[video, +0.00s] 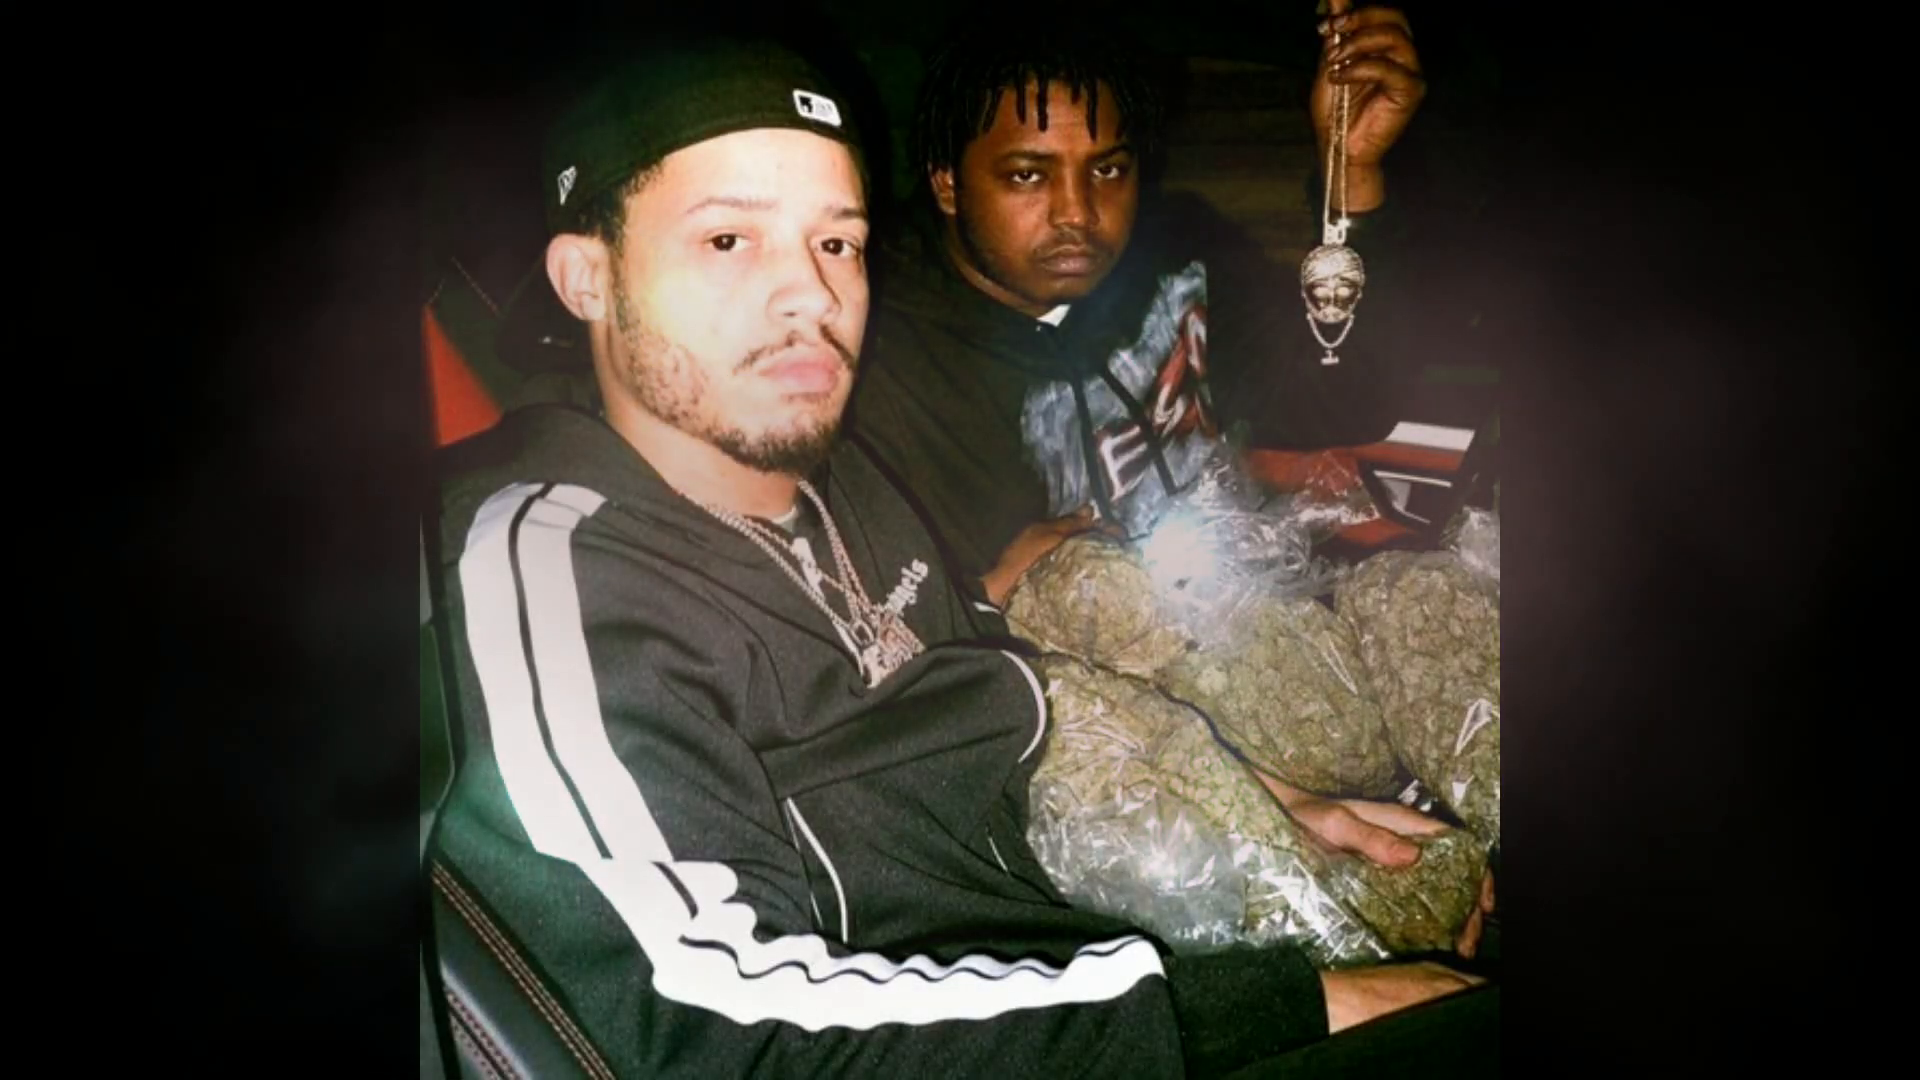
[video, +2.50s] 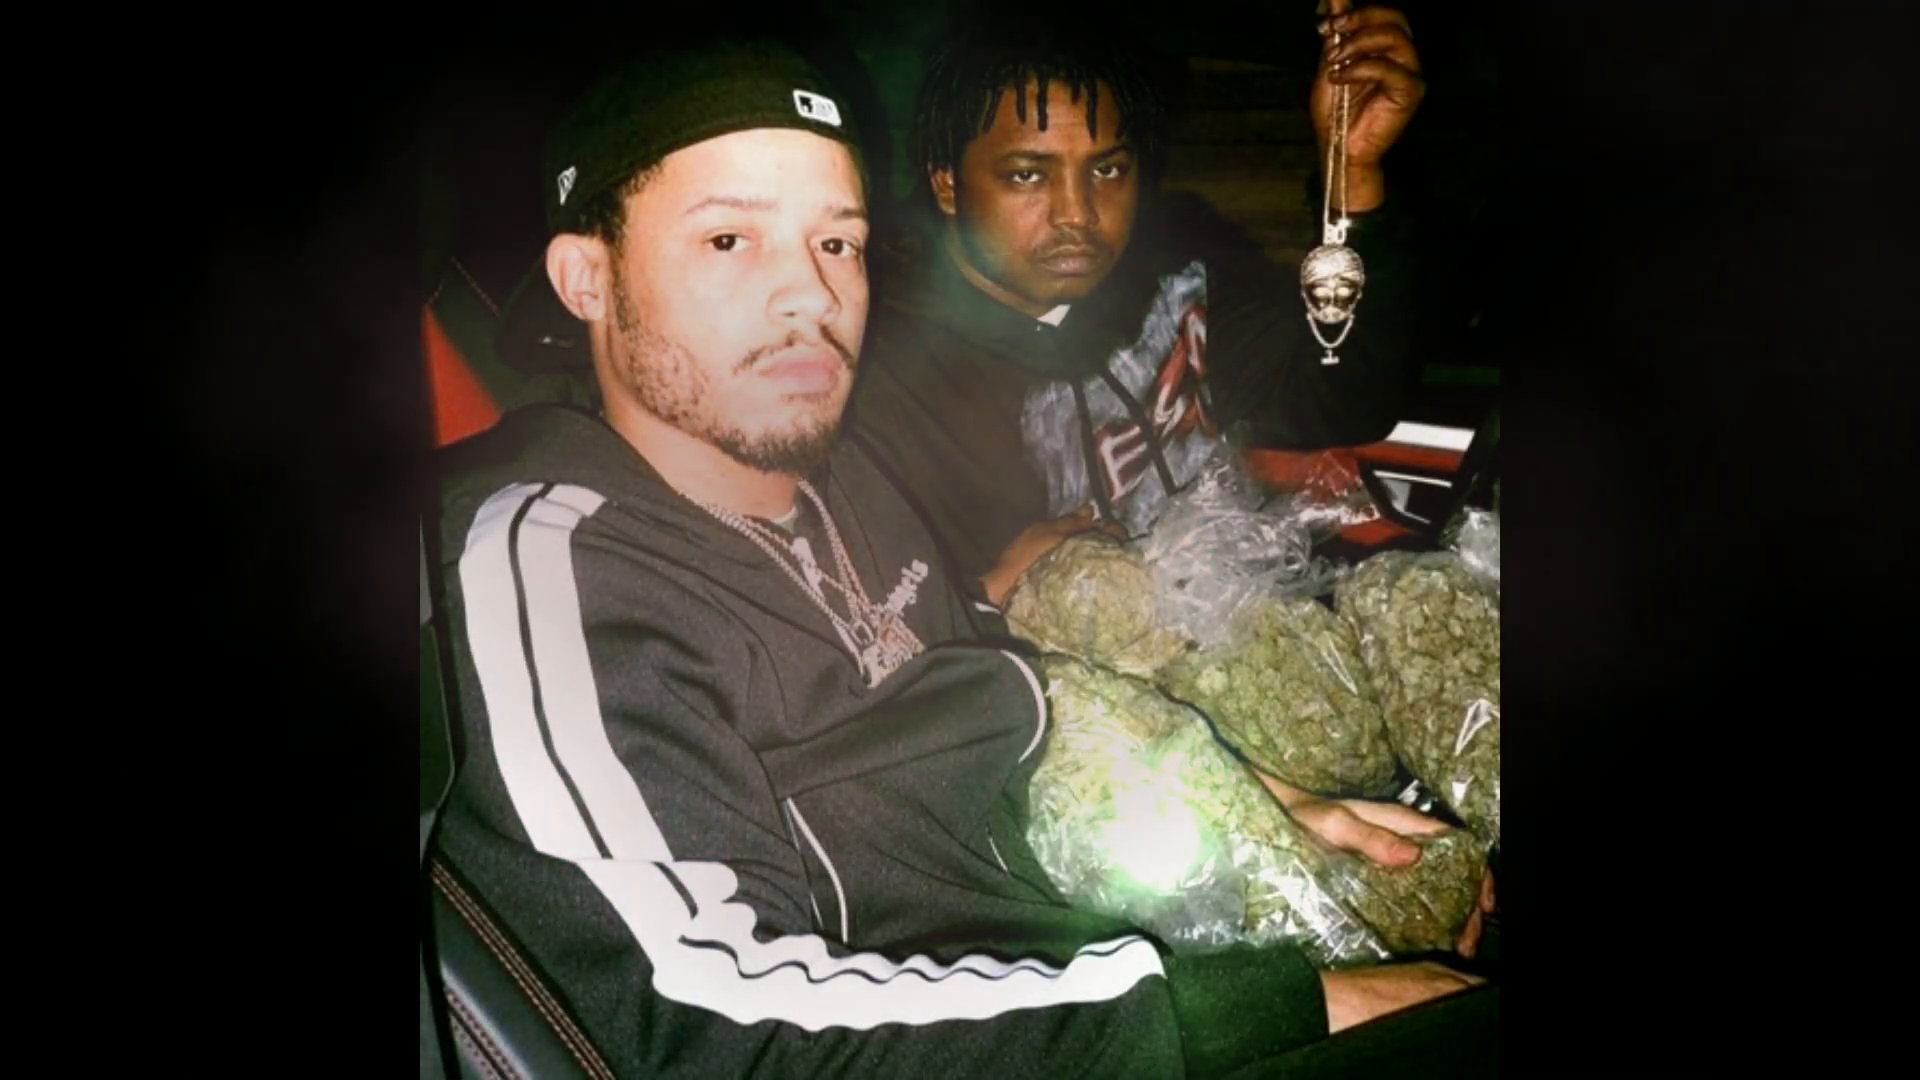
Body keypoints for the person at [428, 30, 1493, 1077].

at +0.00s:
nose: (812, 304)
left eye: (835, 248)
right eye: (730, 245)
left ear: (866, 267)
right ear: (587, 281)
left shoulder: (832, 482)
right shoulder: (534, 552)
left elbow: (1010, 752)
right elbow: (701, 1018)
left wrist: (1267, 821)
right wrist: (1278, 1009)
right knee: (1457, 1008)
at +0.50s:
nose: (811, 304)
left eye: (836, 249)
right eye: (729, 245)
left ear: (867, 268)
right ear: (588, 282)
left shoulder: (826, 490)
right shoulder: (536, 554)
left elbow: (1004, 757)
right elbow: (705, 1013)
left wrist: (1271, 826)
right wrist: (1278, 1005)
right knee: (1461, 1007)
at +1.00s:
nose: (810, 303)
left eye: (835, 249)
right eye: (728, 244)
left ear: (867, 269)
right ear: (587, 282)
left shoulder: (825, 483)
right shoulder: (535, 556)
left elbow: (1011, 753)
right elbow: (712, 1015)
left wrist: (1267, 821)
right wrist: (1280, 1006)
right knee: (1487, 1005)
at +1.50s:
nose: (812, 306)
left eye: (836, 249)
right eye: (728, 245)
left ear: (867, 267)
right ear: (587, 282)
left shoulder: (830, 483)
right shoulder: (536, 553)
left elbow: (1011, 746)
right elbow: (714, 1013)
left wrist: (1266, 825)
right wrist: (1277, 1006)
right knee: (1460, 1011)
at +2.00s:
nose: (812, 304)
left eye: (836, 249)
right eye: (729, 245)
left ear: (867, 269)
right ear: (589, 283)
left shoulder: (830, 480)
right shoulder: (533, 555)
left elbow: (1003, 744)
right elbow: (708, 1011)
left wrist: (1263, 832)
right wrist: (1277, 1006)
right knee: (1446, 1008)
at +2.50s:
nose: (813, 302)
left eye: (836, 250)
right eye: (729, 244)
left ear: (867, 271)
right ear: (588, 283)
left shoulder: (833, 475)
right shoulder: (533, 551)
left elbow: (1010, 743)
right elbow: (706, 1016)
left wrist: (1267, 828)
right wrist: (1275, 1008)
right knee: (1449, 1003)